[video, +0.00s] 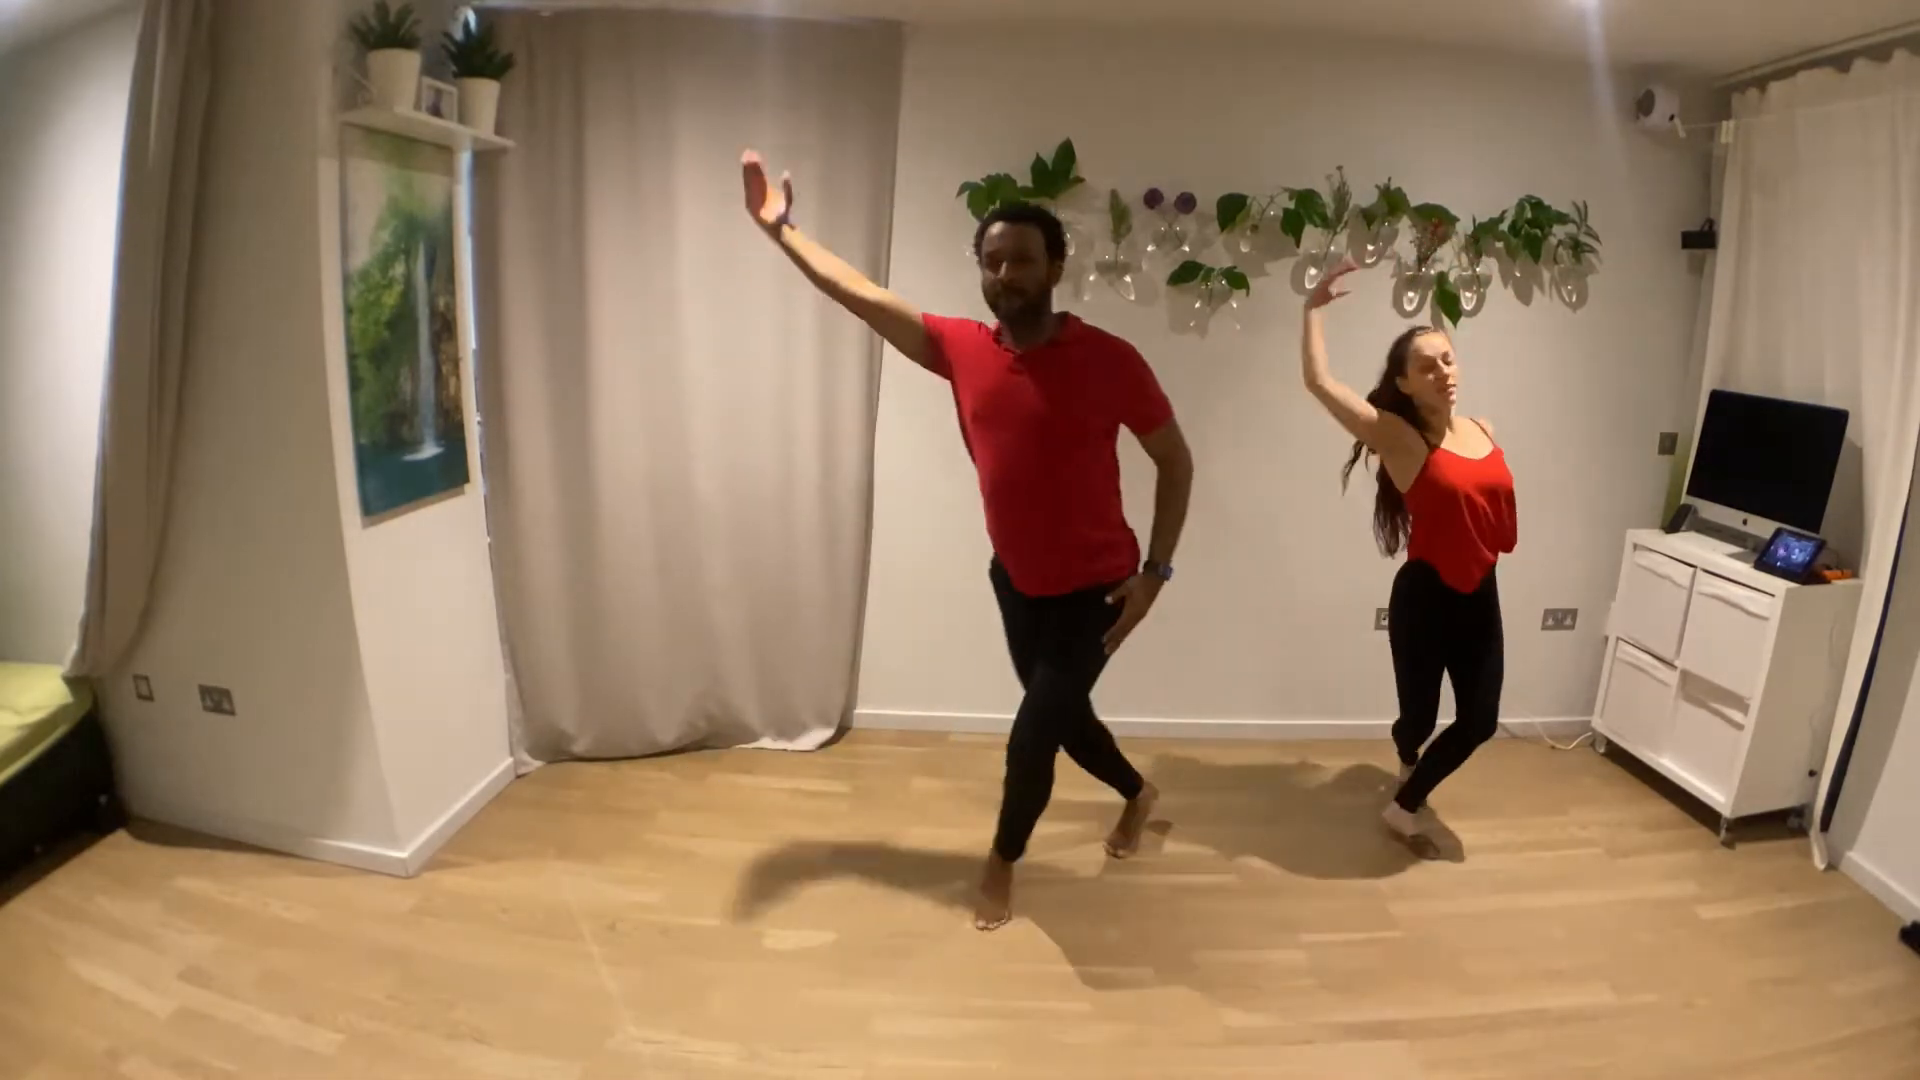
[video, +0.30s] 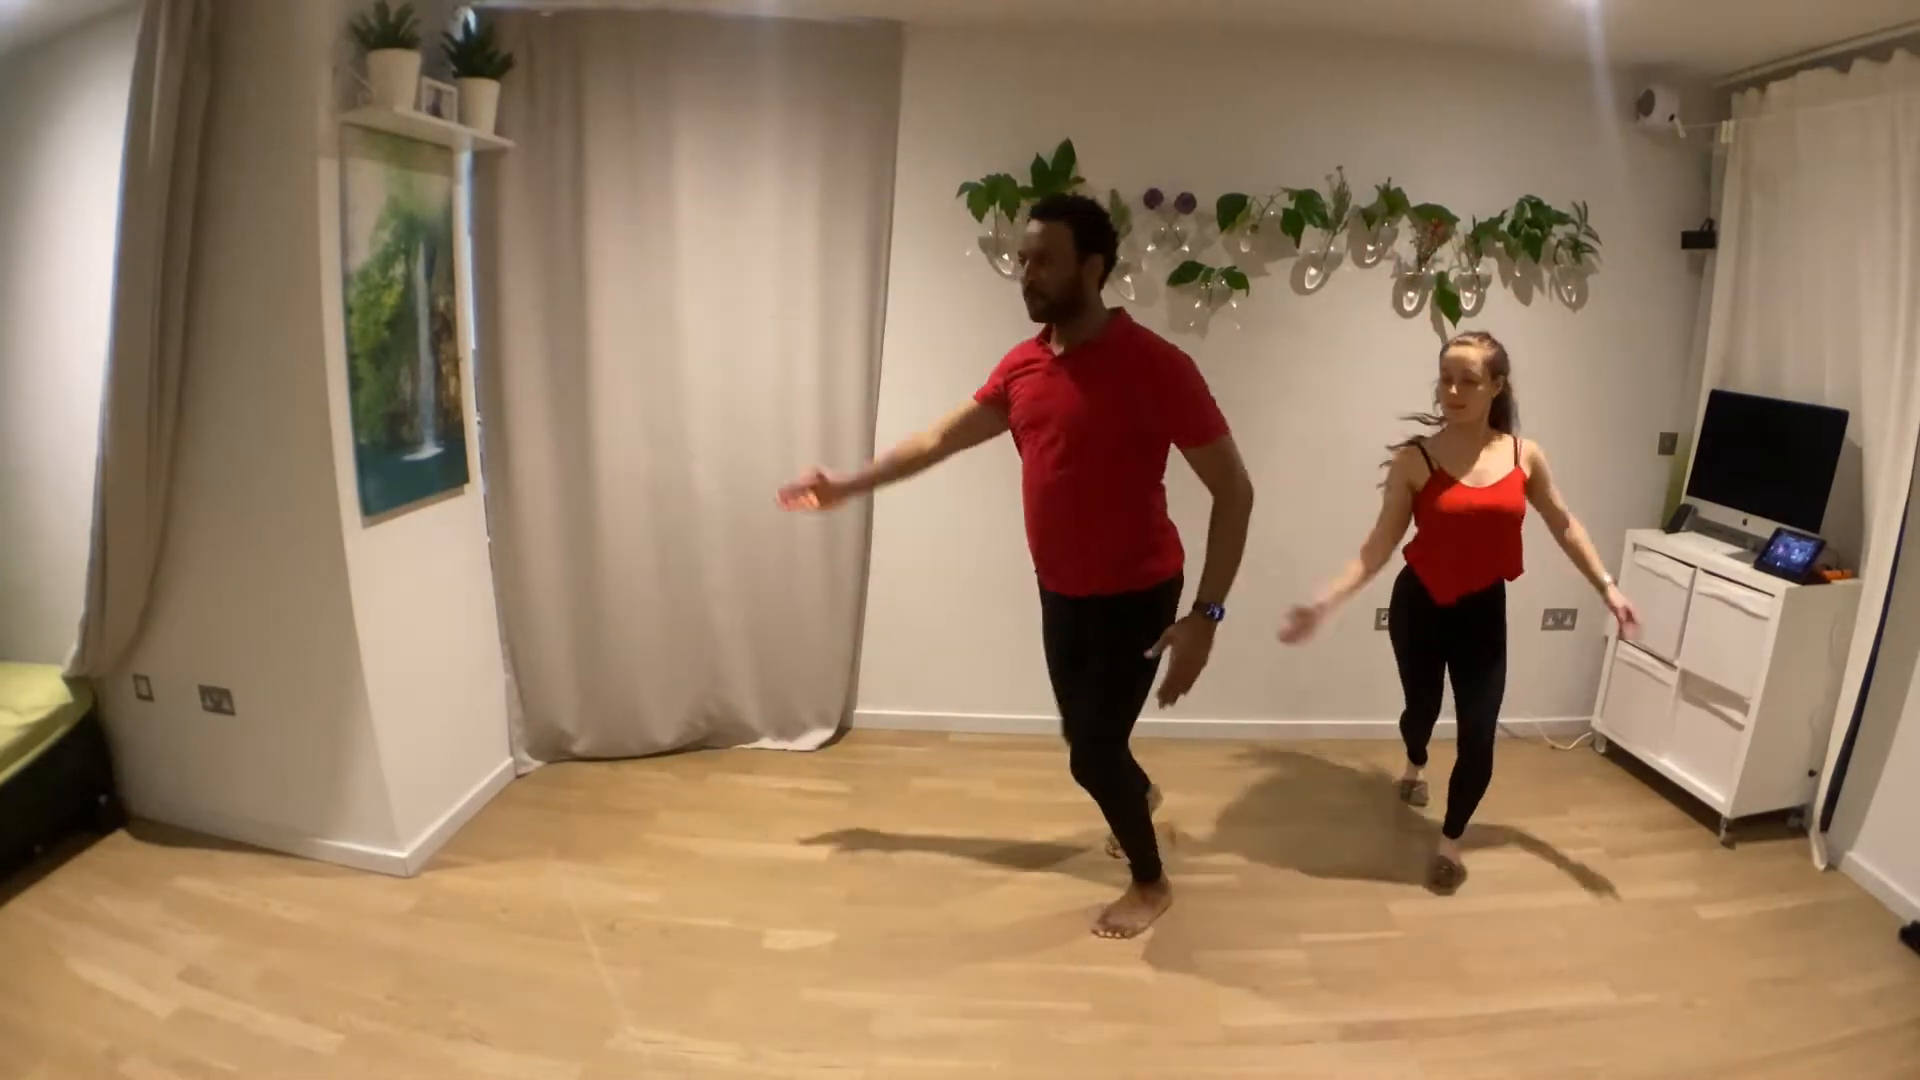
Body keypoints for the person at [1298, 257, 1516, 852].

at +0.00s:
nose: (1445, 371)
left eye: (1449, 359)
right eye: (1428, 365)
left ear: (1459, 367)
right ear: (1403, 385)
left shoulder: (1476, 430)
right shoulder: (1396, 438)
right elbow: (1320, 381)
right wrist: (1314, 306)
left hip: (1478, 592)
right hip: (1422, 593)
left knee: (1478, 721)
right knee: (1419, 721)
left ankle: (1403, 808)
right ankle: (1410, 760)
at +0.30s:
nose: (1453, 392)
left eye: (1467, 382)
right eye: (1446, 380)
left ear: (1497, 388)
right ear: (1438, 384)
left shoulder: (1523, 456)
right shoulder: (1416, 459)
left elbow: (1564, 525)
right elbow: (1376, 550)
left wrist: (1608, 587)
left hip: (1482, 606)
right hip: (1418, 602)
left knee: (1478, 735)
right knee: (1421, 709)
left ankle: (1451, 841)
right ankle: (1416, 768)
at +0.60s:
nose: (1462, 372)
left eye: (1478, 363)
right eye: (1456, 361)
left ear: (1510, 374)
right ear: (1447, 366)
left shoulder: (1526, 445)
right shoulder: (1428, 422)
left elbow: (1544, 535)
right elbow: (1365, 461)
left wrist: (1473, 552)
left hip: (1489, 607)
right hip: (1424, 598)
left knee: (1470, 740)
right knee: (1382, 730)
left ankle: (1453, 843)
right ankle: (1373, 859)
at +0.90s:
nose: (1418, 362)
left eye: (1435, 353)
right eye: (1414, 351)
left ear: (1474, 365)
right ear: (1410, 358)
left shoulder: (1488, 430)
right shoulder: (1401, 405)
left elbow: (1584, 460)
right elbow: (1364, 332)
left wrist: (1600, 527)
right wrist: (1336, 269)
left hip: (1436, 615)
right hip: (1368, 611)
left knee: (1436, 753)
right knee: (1350, 770)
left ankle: (1452, 834)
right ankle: (1350, 908)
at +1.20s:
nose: (1357, 386)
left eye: (1373, 376)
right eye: (1353, 373)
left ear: (1415, 390)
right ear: (1349, 381)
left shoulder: (1431, 478)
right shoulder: (1350, 444)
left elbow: (1542, 518)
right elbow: (1341, 390)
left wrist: (1649, 520)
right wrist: (1364, 332)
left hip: (1361, 659)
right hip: (1305, 646)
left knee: (1280, 809)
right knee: (1305, 796)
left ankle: (1388, 820)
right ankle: (1348, 919)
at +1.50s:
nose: (1270, 409)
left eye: (1289, 398)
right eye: (1269, 394)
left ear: (1336, 415)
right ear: (1264, 397)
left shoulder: (1328, 513)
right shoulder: (1254, 472)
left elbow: (1292, 585)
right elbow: (1147, 451)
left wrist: (1267, 627)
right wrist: (1096, 379)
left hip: (1298, 701)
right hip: (1256, 686)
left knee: (1177, 826)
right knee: (1257, 833)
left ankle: (1081, 963)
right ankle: (1352, 918)